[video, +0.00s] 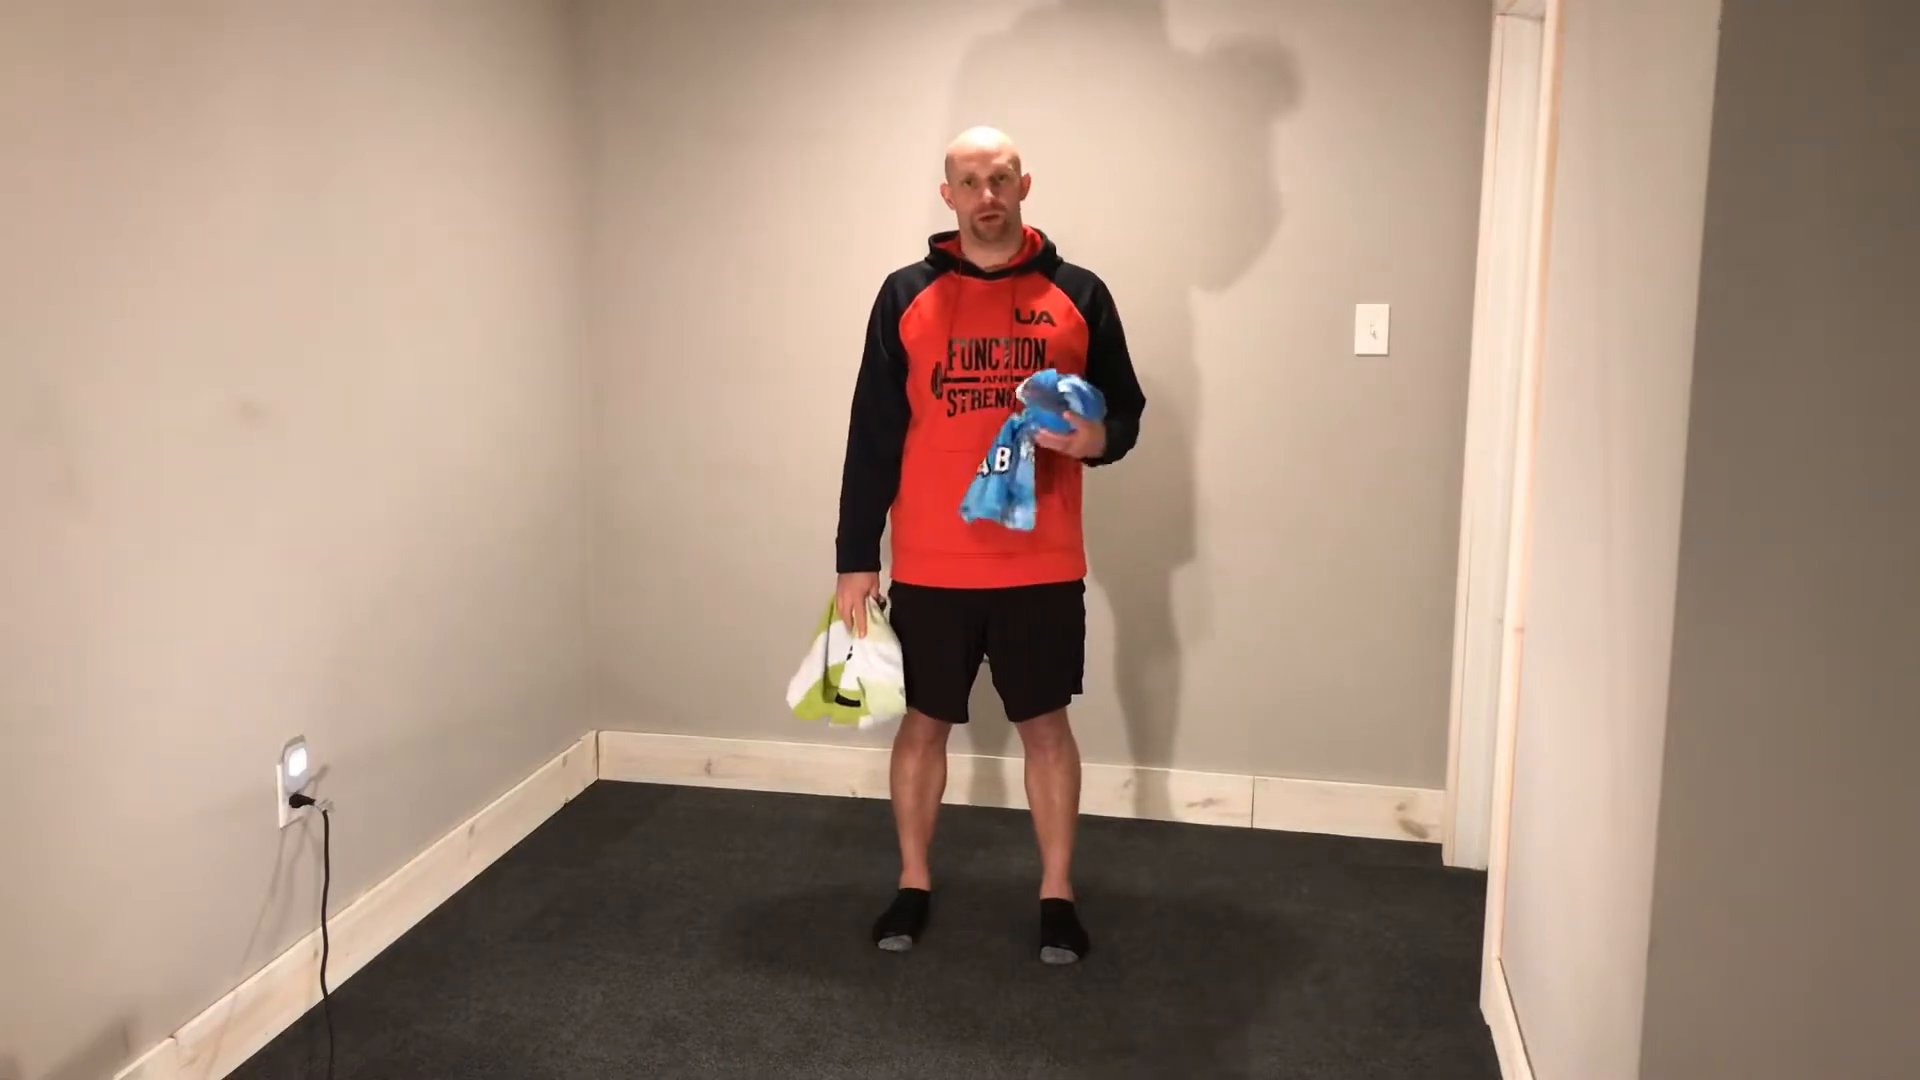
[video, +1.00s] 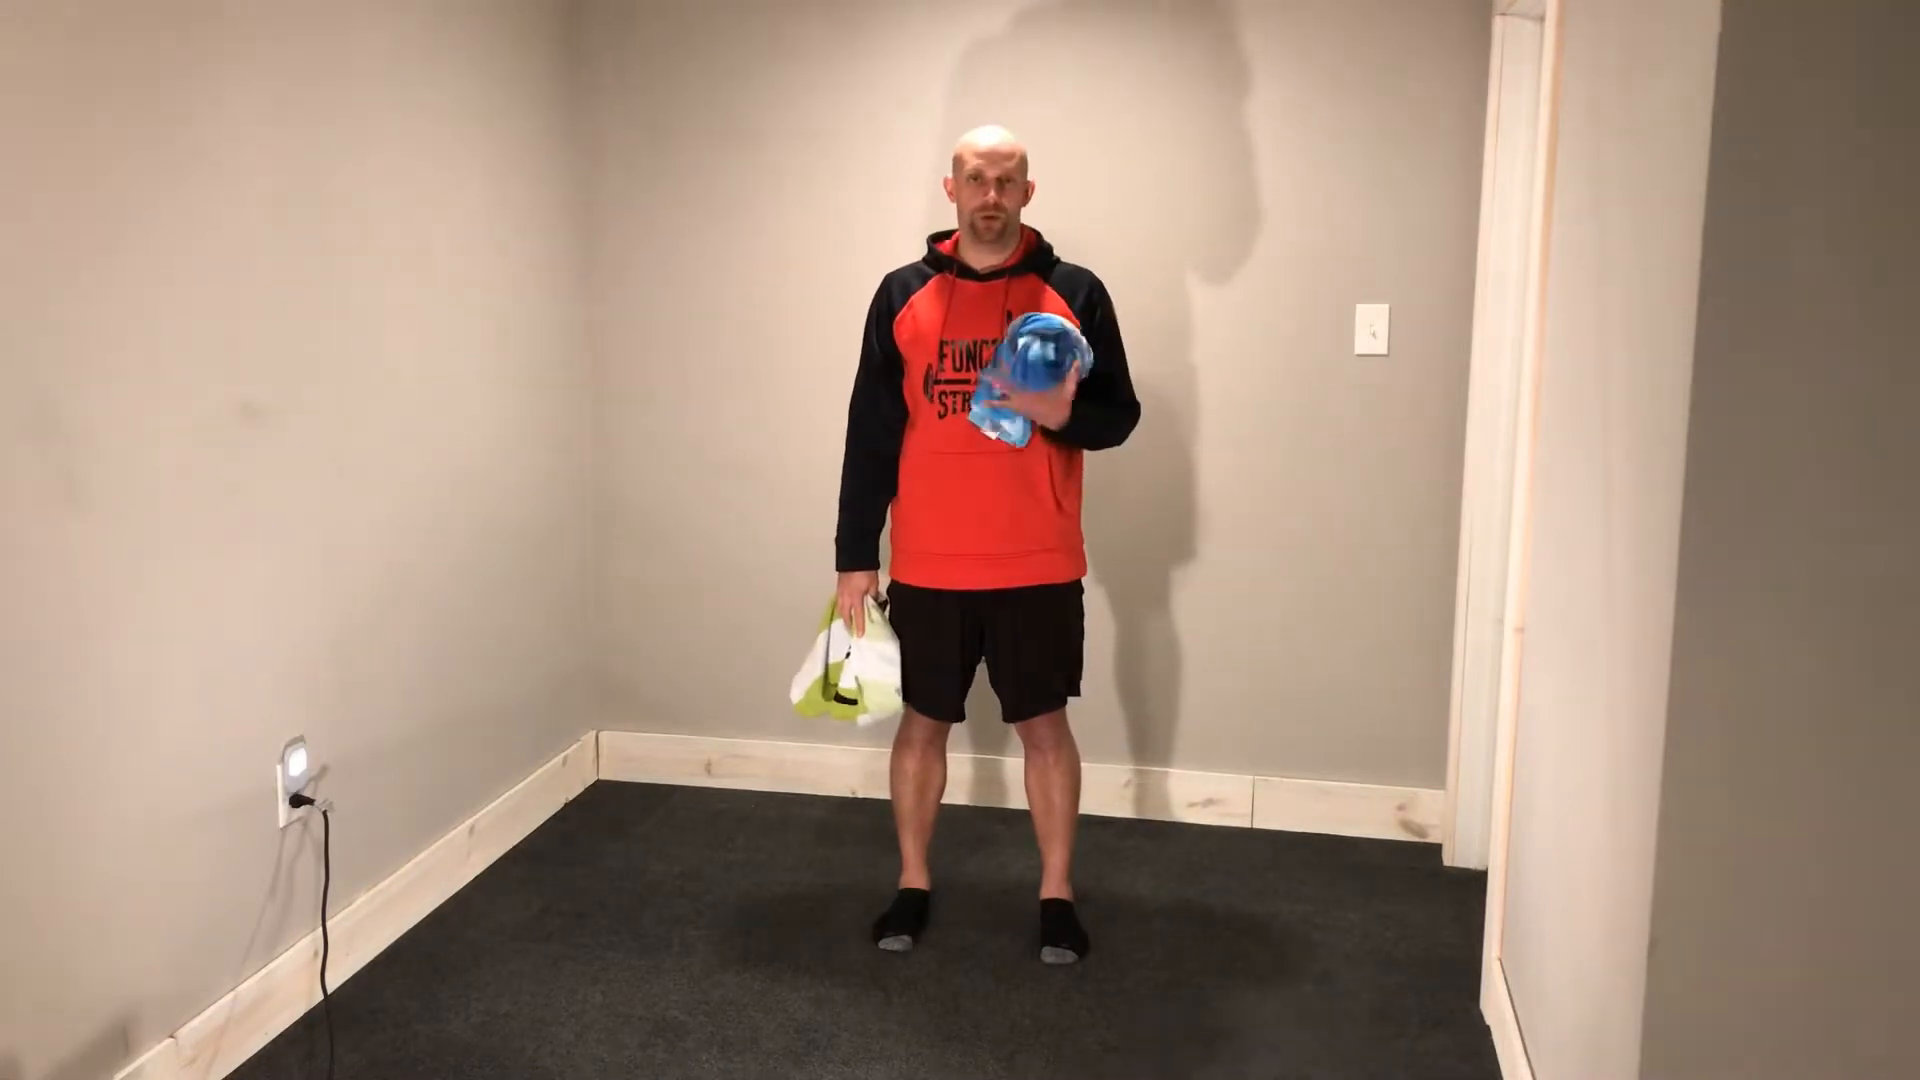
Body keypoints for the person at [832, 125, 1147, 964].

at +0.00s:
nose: (986, 195)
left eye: (999, 180)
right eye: (969, 182)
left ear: (1024, 188)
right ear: (947, 193)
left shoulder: (1079, 294)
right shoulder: (907, 297)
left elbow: (1123, 412)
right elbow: (873, 434)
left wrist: (1098, 439)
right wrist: (856, 558)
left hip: (1038, 560)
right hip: (933, 561)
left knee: (1044, 724)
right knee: (924, 723)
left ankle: (1057, 896)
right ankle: (911, 888)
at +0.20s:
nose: (984, 192)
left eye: (998, 178)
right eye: (968, 180)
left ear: (1024, 187)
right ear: (947, 192)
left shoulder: (1076, 295)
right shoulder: (905, 296)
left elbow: (1123, 424)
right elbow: (871, 432)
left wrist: (1106, 418)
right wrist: (854, 556)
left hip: (1035, 561)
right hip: (930, 562)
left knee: (1042, 724)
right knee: (923, 722)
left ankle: (1058, 896)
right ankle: (911, 887)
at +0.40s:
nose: (990, 195)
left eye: (1004, 181)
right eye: (975, 180)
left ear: (1026, 192)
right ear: (949, 189)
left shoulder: (1073, 294)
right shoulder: (902, 296)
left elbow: (1108, 425)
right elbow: (869, 434)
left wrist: (1149, 396)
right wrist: (852, 558)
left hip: (1035, 559)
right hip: (930, 560)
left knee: (1041, 723)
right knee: (920, 721)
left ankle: (1056, 896)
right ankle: (912, 888)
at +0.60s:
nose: (987, 194)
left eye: (1002, 180)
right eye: (972, 179)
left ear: (1025, 192)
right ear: (947, 189)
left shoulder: (1072, 295)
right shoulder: (901, 296)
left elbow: (1105, 427)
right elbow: (869, 435)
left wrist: (1142, 403)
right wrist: (853, 557)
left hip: (1035, 559)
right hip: (930, 559)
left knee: (1041, 724)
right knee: (922, 719)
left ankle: (1056, 896)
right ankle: (911, 886)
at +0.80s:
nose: (990, 193)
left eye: (1006, 180)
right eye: (976, 179)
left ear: (1027, 191)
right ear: (950, 188)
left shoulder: (1072, 295)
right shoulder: (903, 295)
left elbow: (1118, 425)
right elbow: (870, 431)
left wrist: (1101, 400)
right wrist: (853, 555)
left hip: (1034, 560)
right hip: (929, 560)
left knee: (1041, 724)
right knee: (922, 722)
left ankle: (1058, 897)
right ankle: (911, 888)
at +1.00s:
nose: (993, 194)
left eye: (1007, 181)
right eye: (979, 180)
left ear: (1027, 191)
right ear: (952, 188)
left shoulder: (1076, 294)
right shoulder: (904, 294)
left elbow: (1119, 417)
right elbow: (871, 431)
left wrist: (1065, 414)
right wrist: (856, 555)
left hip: (1036, 563)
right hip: (931, 563)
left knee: (1043, 726)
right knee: (923, 724)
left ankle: (1058, 896)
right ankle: (911, 888)